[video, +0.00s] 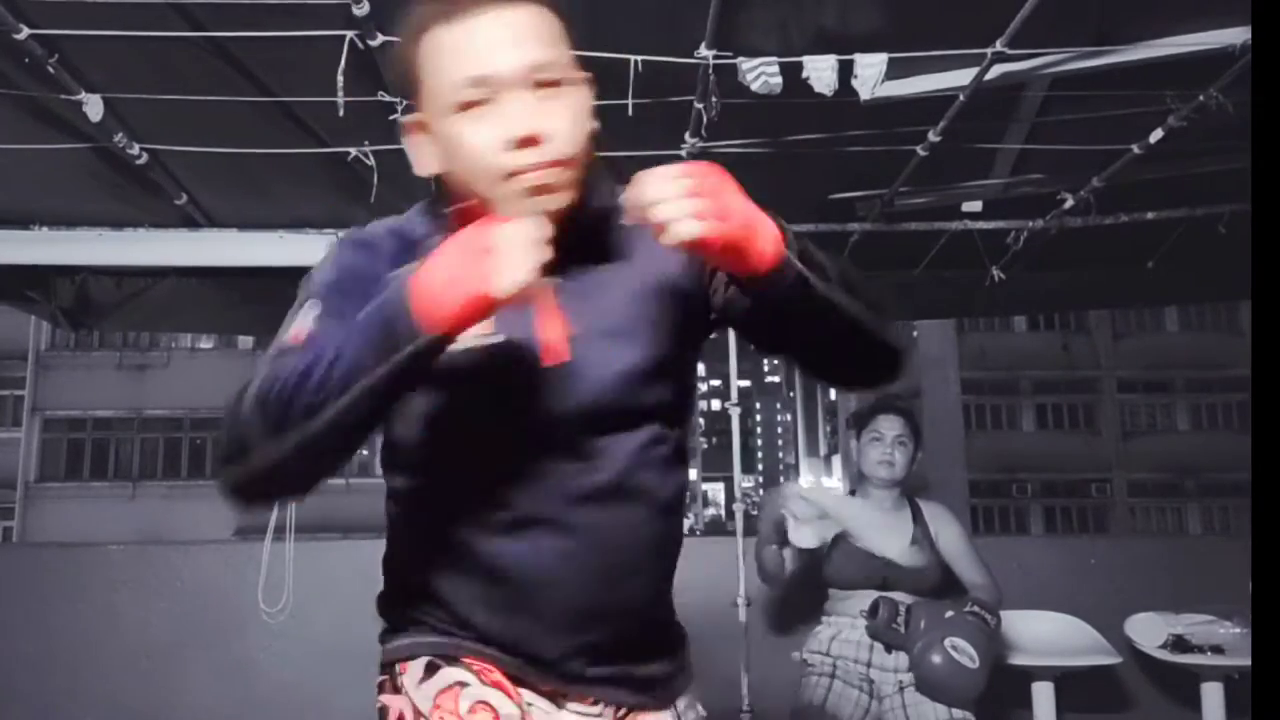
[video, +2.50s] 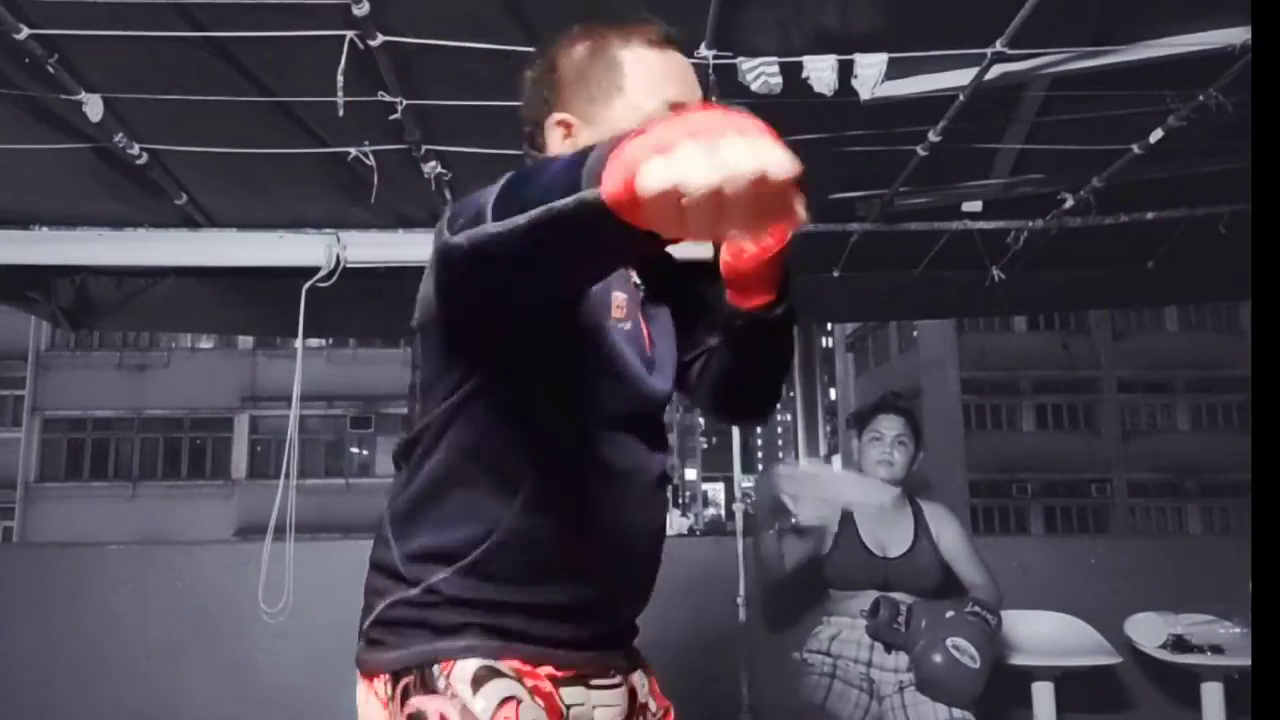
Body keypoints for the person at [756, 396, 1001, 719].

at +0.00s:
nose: (887, 451)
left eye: (900, 443)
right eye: (875, 440)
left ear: (914, 458)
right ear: (855, 449)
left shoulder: (933, 517)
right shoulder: (830, 512)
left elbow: (985, 588)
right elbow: (775, 577)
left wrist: (977, 617)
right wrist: (771, 522)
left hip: (922, 666)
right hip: (841, 662)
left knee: (937, 716)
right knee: (826, 713)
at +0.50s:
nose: (882, 447)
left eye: (894, 440)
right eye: (870, 437)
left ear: (907, 456)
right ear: (849, 450)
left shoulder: (930, 518)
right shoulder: (819, 516)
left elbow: (983, 587)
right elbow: (802, 599)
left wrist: (975, 617)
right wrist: (870, 608)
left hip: (921, 668)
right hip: (837, 664)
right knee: (824, 712)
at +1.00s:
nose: (885, 452)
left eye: (899, 443)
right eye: (874, 441)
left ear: (917, 457)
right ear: (857, 450)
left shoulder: (937, 515)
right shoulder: (825, 507)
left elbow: (984, 591)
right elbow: (755, 541)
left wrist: (951, 617)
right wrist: (806, 549)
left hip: (921, 670)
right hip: (838, 667)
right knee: (820, 711)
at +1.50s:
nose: (885, 452)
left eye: (897, 443)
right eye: (872, 442)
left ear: (912, 454)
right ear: (852, 450)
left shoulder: (932, 515)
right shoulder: (831, 513)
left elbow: (983, 589)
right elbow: (760, 558)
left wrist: (971, 619)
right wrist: (805, 521)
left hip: (923, 671)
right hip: (841, 667)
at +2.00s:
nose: (885, 450)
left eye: (899, 442)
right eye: (874, 439)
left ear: (913, 456)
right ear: (854, 448)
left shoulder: (933, 516)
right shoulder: (830, 516)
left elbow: (983, 588)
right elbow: (772, 573)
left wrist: (973, 619)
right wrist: (786, 518)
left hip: (921, 665)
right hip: (839, 662)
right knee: (824, 711)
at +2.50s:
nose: (887, 451)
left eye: (900, 443)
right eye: (875, 439)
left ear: (915, 457)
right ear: (856, 449)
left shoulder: (934, 517)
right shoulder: (828, 512)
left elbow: (985, 589)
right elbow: (777, 576)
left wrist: (977, 616)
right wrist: (764, 518)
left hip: (920, 665)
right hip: (840, 661)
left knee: (938, 716)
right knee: (829, 713)